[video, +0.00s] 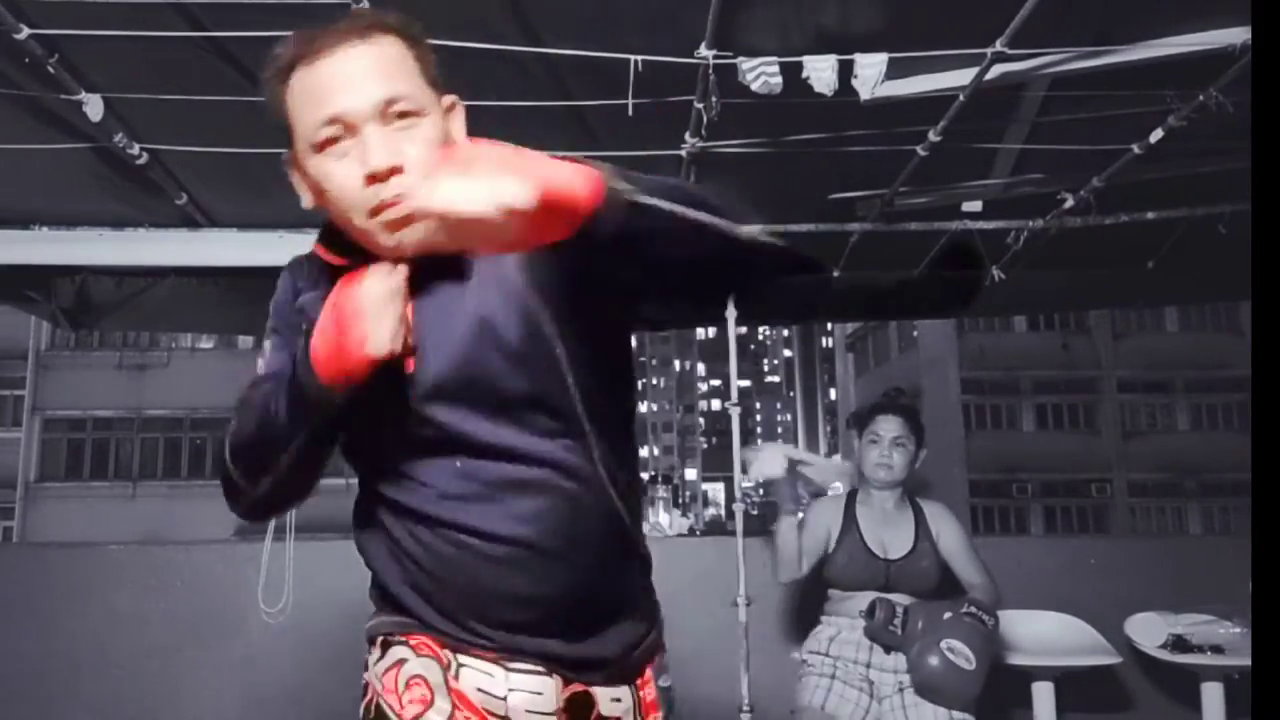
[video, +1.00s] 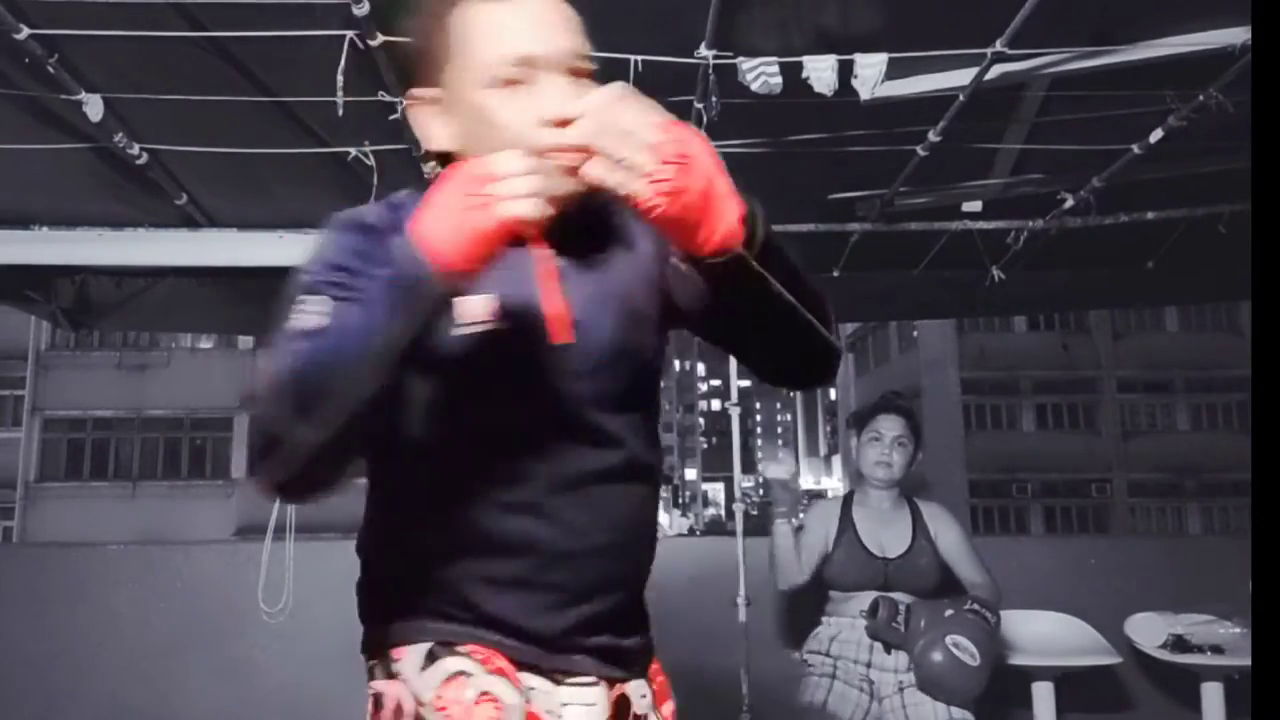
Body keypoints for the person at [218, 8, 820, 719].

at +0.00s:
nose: (377, 159)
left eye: (400, 117)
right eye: (335, 140)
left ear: (455, 124)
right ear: (304, 182)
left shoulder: (565, 246)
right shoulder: (317, 290)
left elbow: (798, 279)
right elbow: (251, 494)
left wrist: (591, 202)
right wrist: (320, 371)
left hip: (612, 659)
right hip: (442, 658)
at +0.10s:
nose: (357, 164)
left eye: (376, 119)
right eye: (312, 150)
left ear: (434, 120)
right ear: (281, 194)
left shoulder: (554, 206)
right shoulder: (295, 324)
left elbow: (787, 285)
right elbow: (248, 499)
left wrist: (596, 231)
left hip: (625, 663)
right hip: (456, 666)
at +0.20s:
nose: (479, 124)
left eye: (489, 80)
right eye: (424, 105)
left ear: (525, 92)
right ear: (369, 161)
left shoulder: (591, 239)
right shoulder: (332, 319)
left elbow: (788, 238)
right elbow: (266, 549)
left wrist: (695, 183)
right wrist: (368, 684)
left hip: (606, 666)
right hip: (450, 663)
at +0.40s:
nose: (586, 109)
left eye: (598, 77)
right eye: (540, 84)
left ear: (620, 94)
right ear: (466, 121)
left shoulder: (616, 235)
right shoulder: (430, 240)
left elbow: (743, 321)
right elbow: (378, 448)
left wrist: (729, 245)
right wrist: (511, 268)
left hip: (579, 648)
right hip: (440, 658)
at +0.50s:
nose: (586, 114)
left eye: (599, 88)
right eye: (553, 90)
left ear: (623, 96)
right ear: (478, 127)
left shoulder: (625, 241)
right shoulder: (437, 211)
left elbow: (738, 351)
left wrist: (720, 260)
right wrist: (508, 186)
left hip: (585, 652)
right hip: (437, 646)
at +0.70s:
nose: (455, 98)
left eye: (483, 64)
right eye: (413, 76)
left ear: (533, 101)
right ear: (363, 126)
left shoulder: (621, 224)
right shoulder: (343, 252)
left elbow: (825, 338)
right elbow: (194, 392)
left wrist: (711, 254)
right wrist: (347, 238)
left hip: (605, 669)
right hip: (433, 654)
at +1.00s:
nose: (563, 106)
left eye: (579, 76)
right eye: (515, 79)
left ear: (603, 91)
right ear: (432, 120)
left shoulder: (639, 239)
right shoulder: (376, 244)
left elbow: (809, 361)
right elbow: (283, 456)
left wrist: (726, 229)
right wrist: (424, 262)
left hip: (616, 666)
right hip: (455, 660)